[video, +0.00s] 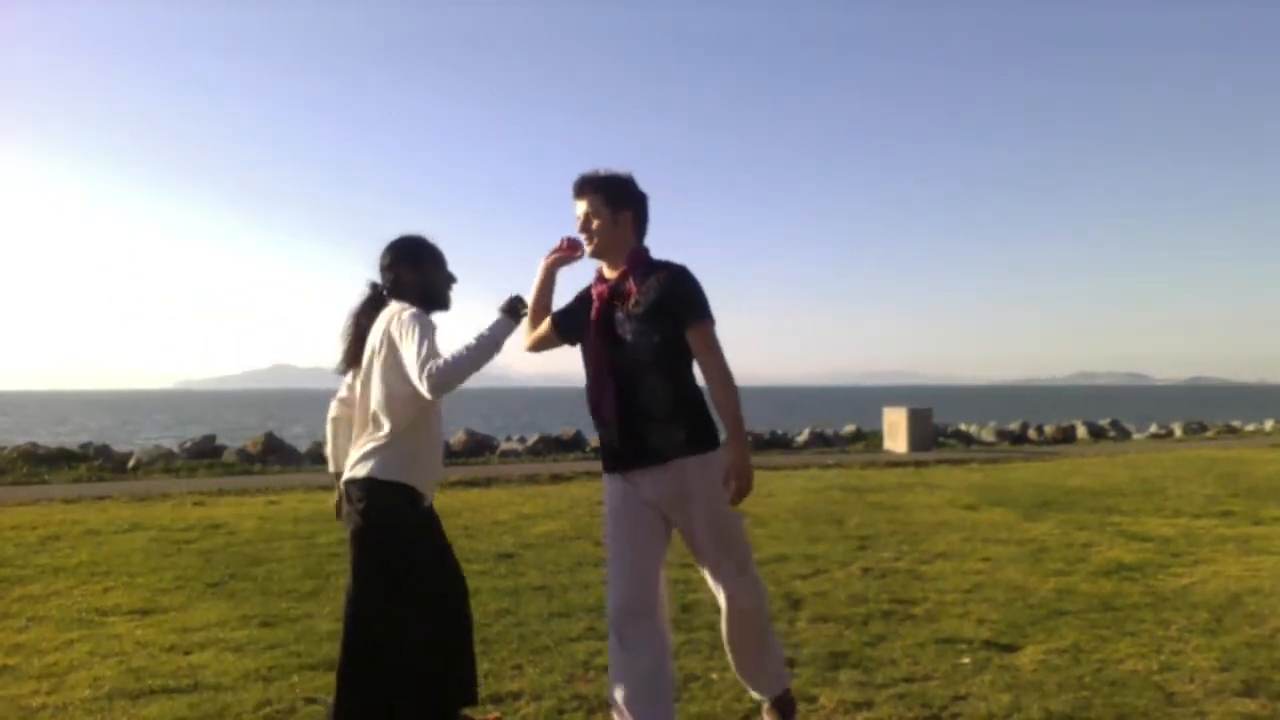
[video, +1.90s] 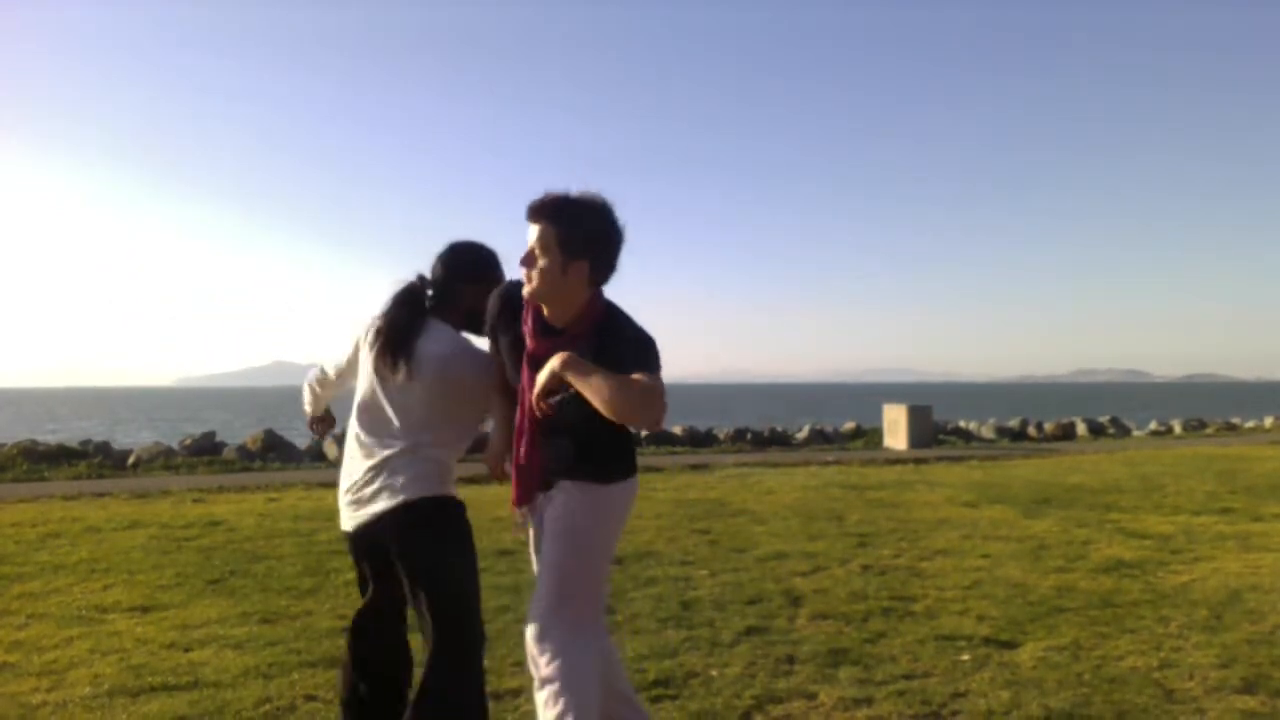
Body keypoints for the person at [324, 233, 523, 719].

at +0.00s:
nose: (450, 274)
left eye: (446, 265)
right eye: (438, 265)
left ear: (397, 277)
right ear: (404, 272)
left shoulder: (381, 324)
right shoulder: (408, 317)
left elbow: (341, 408)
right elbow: (432, 379)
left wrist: (343, 479)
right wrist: (502, 325)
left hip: (365, 488)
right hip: (392, 492)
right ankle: (428, 707)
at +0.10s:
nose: (460, 274)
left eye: (456, 265)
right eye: (450, 265)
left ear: (413, 278)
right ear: (419, 274)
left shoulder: (397, 325)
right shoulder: (418, 319)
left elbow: (354, 406)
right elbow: (464, 369)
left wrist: (353, 474)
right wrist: (521, 299)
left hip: (391, 485)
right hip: (406, 489)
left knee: (456, 593)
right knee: (403, 606)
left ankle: (440, 704)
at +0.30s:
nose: (473, 280)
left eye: (471, 270)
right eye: (464, 271)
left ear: (427, 283)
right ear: (433, 279)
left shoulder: (413, 331)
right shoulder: (437, 329)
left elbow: (384, 406)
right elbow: (501, 364)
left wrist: (395, 462)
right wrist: (535, 289)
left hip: (427, 482)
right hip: (435, 486)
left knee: (481, 605)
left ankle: (467, 703)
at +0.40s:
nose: (477, 280)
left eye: (474, 271)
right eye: (466, 272)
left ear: (435, 283)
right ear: (436, 281)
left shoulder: (417, 335)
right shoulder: (445, 333)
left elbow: (396, 410)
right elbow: (515, 365)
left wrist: (419, 463)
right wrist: (540, 293)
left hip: (430, 483)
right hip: (453, 484)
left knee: (466, 613)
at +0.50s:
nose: (481, 284)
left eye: (477, 275)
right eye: (470, 276)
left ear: (439, 288)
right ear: (444, 286)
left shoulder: (421, 340)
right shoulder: (452, 339)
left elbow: (405, 415)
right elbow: (524, 365)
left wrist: (438, 455)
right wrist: (544, 295)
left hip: (435, 483)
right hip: (463, 484)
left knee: (457, 608)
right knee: (493, 611)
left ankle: (452, 707)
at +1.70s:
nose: (487, 300)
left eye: (488, 289)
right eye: (483, 287)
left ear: (434, 280)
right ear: (453, 281)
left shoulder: (387, 332)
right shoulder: (450, 346)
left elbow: (356, 393)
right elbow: (517, 385)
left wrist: (389, 437)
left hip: (377, 499)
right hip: (424, 499)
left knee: (424, 640)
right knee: (448, 639)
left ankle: (419, 709)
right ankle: (449, 712)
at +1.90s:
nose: (494, 303)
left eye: (495, 292)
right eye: (492, 291)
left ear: (439, 283)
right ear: (472, 291)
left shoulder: (378, 331)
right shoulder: (476, 361)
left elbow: (320, 381)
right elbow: (508, 435)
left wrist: (316, 413)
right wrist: (492, 456)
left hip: (358, 511)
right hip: (425, 507)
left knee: (381, 616)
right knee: (457, 641)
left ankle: (369, 710)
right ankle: (444, 715)